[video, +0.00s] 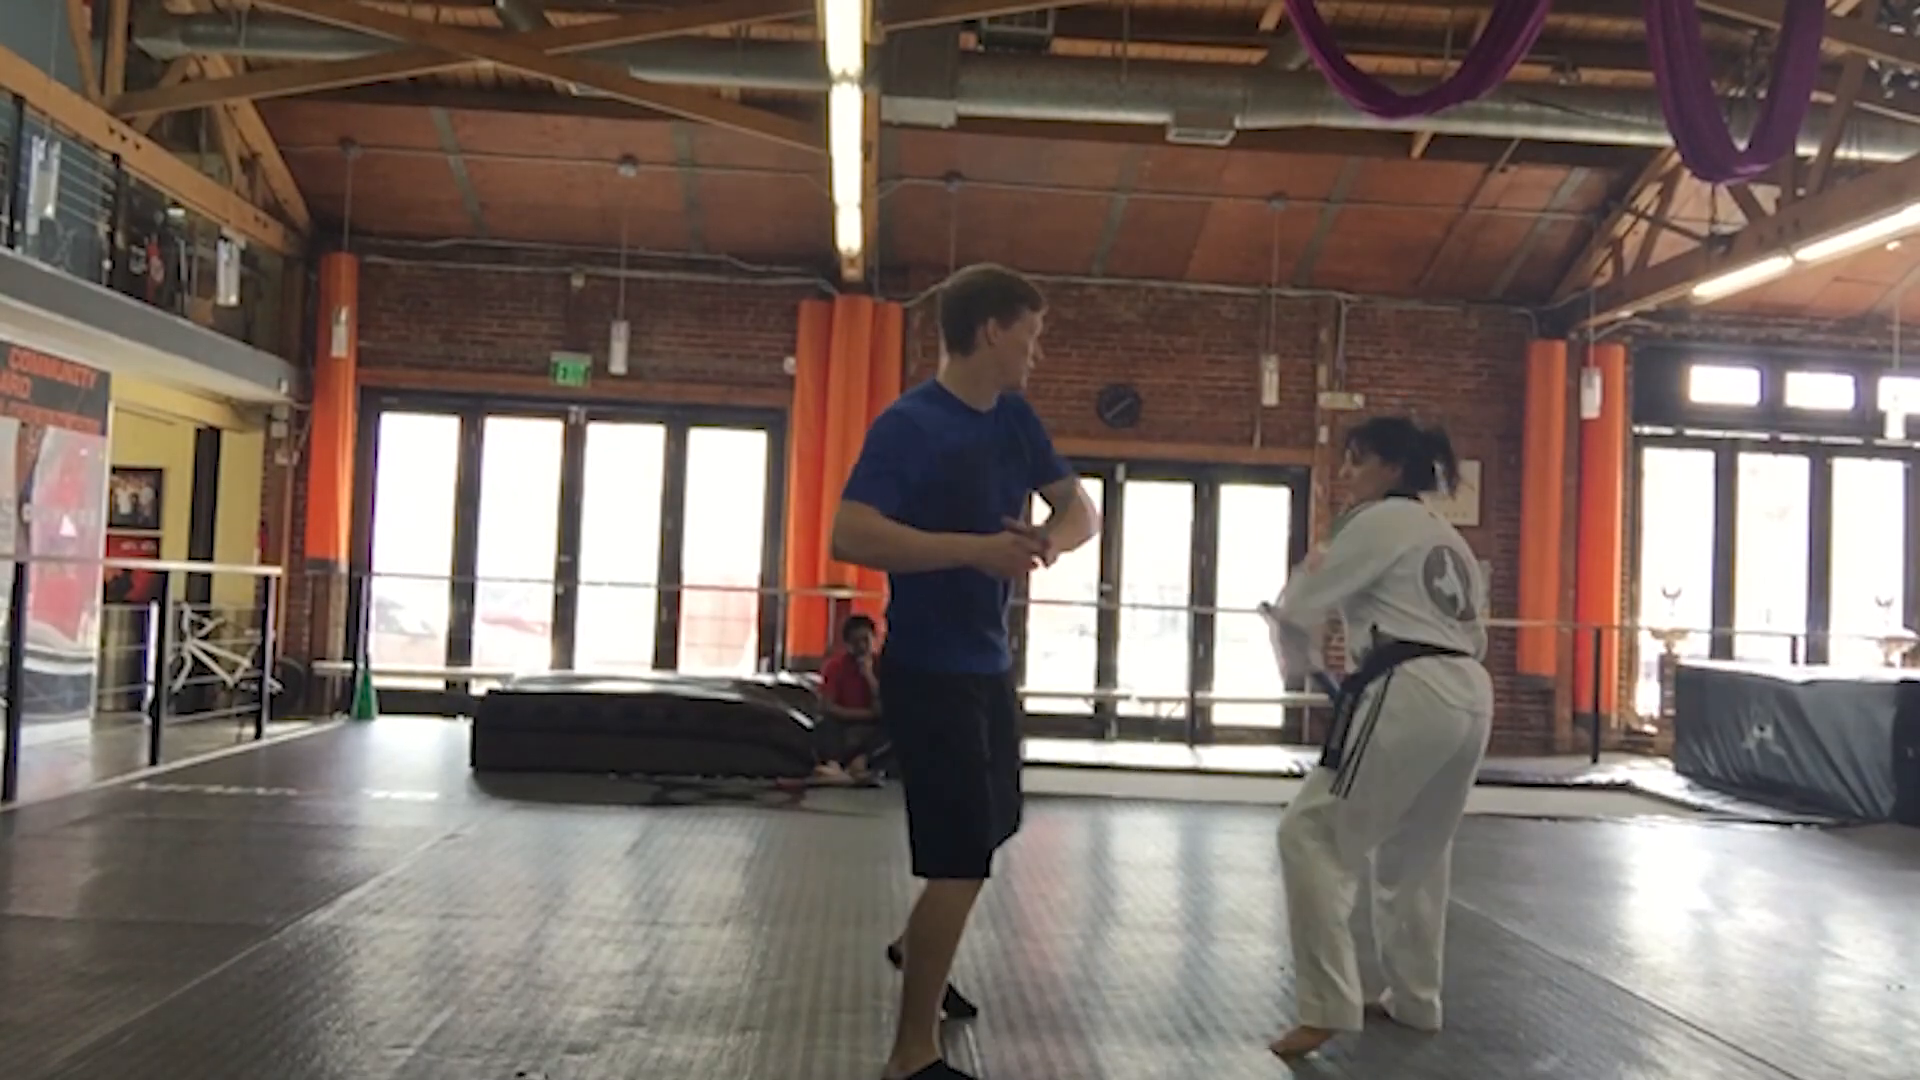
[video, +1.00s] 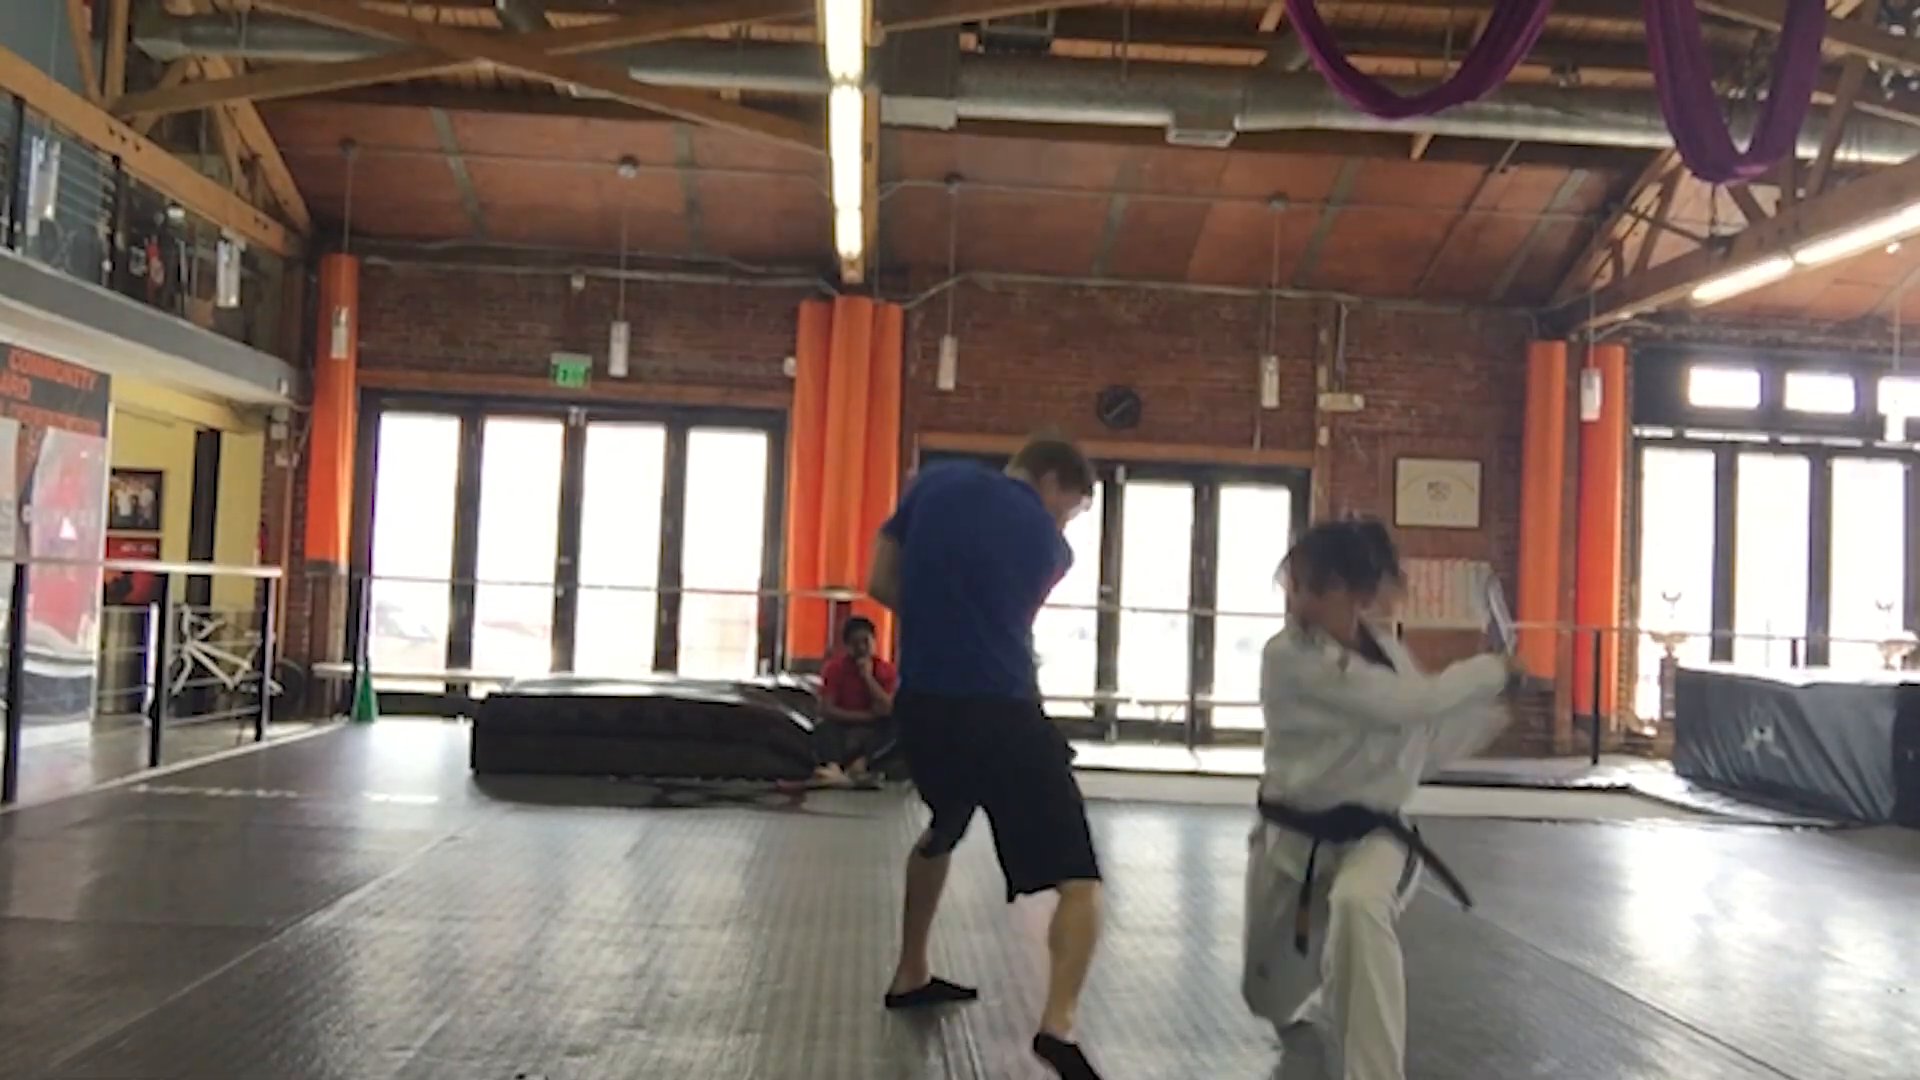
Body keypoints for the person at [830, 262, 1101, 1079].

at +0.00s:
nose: (1036, 352)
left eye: (1038, 337)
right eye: (1031, 336)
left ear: (994, 335)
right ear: (989, 332)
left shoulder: (1014, 419)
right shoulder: (910, 423)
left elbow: (1078, 508)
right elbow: (851, 531)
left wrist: (1051, 540)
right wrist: (973, 548)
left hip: (987, 666)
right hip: (930, 670)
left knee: (992, 824)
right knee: (960, 862)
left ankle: (921, 944)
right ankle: (912, 1057)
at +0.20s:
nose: (1045, 376)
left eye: (1047, 362)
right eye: (1038, 361)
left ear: (1002, 361)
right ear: (993, 359)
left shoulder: (1030, 428)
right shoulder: (905, 442)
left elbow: (1143, 455)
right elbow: (806, 530)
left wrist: (1065, 480)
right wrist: (894, 533)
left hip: (1005, 682)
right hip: (932, 684)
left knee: (1013, 828)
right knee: (969, 853)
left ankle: (937, 932)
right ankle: (915, 1055)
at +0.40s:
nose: (1054, 400)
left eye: (1055, 387)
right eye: (1046, 386)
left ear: (1017, 387)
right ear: (1001, 386)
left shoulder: (1041, 448)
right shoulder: (925, 464)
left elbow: (1132, 426)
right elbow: (821, 520)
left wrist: (1125, 435)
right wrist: (884, 438)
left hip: (1005, 700)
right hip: (950, 702)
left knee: (990, 847)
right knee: (1007, 872)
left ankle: (931, 956)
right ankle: (919, 1059)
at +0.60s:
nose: (1070, 397)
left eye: (1068, 386)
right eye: (1065, 386)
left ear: (991, 378)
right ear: (1039, 386)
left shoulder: (931, 437)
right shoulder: (1022, 430)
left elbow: (874, 457)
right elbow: (1128, 382)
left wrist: (941, 430)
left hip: (939, 675)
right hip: (994, 675)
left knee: (978, 827)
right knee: (1055, 852)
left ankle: (925, 968)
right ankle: (956, 1008)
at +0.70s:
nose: (1082, 404)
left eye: (1083, 393)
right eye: (1079, 393)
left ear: (1002, 383)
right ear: (1058, 394)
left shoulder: (931, 429)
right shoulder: (1054, 441)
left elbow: (835, 468)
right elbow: (1146, 430)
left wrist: (911, 481)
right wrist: (1203, 358)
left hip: (927, 665)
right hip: (997, 669)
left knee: (957, 814)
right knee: (1048, 849)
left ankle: (925, 963)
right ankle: (1013, 1043)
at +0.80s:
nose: (1085, 431)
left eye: (1088, 419)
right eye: (1084, 418)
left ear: (1013, 409)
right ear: (1060, 417)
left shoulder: (944, 441)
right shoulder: (1063, 478)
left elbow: (845, 491)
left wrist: (914, 509)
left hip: (923, 674)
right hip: (999, 682)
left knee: (938, 820)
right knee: (1055, 863)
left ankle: (908, 974)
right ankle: (1017, 1051)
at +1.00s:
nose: (1065, 525)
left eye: (1073, 514)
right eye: (1071, 510)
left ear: (1017, 467)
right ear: (1048, 482)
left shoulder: (937, 482)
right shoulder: (1048, 543)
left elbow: (880, 580)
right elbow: (1010, 621)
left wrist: (949, 617)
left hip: (922, 709)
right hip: (1003, 715)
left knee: (944, 823)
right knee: (1080, 879)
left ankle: (909, 974)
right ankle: (1058, 1026)